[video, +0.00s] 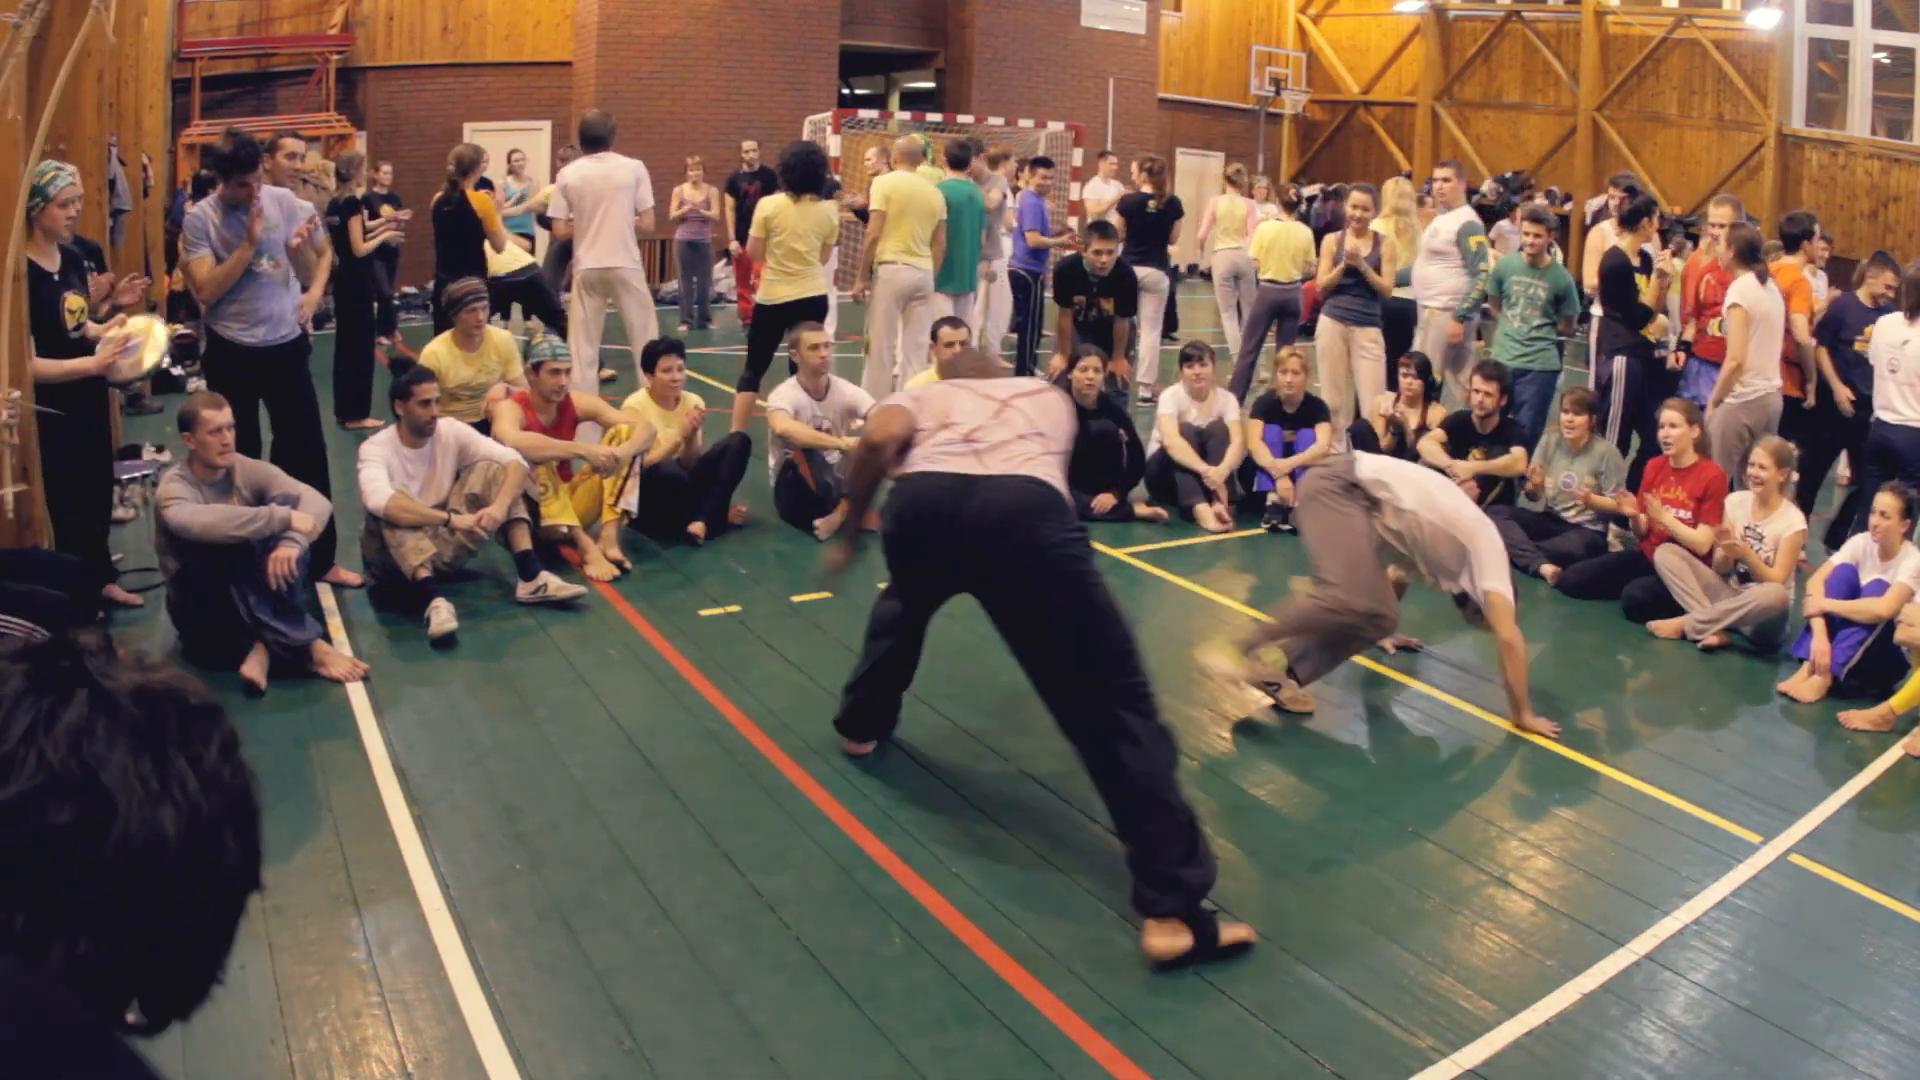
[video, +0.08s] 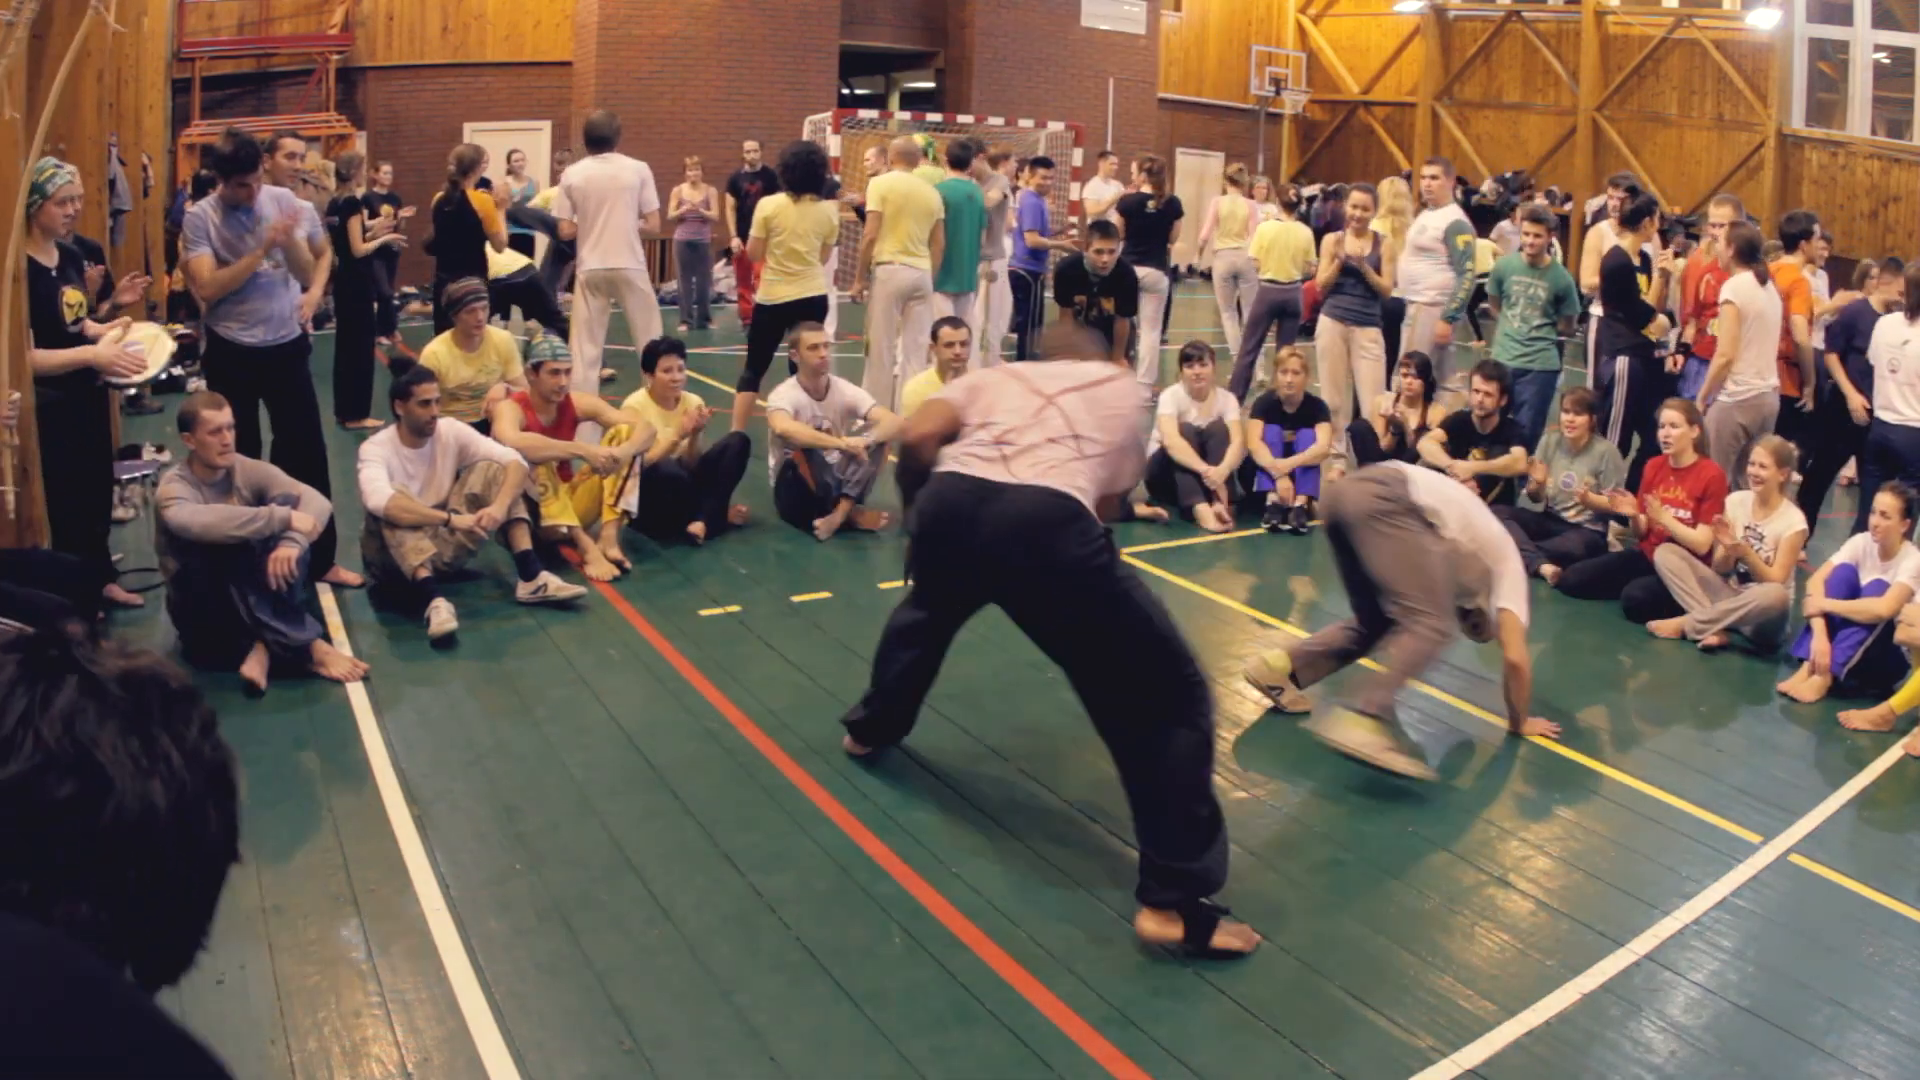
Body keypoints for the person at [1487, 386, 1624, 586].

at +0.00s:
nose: (1569, 419)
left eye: (1577, 414)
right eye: (1565, 412)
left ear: (1591, 420)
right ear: (1559, 414)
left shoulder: (1607, 452)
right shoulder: (1549, 441)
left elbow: (1618, 505)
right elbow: (1531, 495)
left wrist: (1591, 500)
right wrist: (1534, 486)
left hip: (1585, 529)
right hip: (1549, 518)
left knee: (1574, 548)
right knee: (1495, 512)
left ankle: (1513, 550)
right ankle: (1539, 566)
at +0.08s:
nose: (1570, 420)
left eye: (1578, 414)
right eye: (1566, 412)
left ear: (1592, 420)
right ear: (1559, 415)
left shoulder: (1606, 451)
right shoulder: (1550, 441)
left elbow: (1617, 505)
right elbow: (1533, 497)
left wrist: (1589, 499)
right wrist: (1536, 484)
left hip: (1585, 529)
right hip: (1549, 518)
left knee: (1574, 548)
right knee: (1497, 512)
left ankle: (1510, 553)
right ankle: (1539, 565)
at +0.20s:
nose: (1572, 419)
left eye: (1580, 414)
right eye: (1567, 412)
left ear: (1593, 419)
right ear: (1560, 415)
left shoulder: (1607, 452)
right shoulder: (1549, 441)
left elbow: (1609, 505)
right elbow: (1534, 489)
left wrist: (1574, 490)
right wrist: (1553, 491)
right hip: (1551, 516)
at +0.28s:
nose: (1572, 419)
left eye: (1580, 414)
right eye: (1568, 412)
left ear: (1594, 419)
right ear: (1561, 414)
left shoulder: (1607, 452)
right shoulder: (1549, 441)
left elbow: (1613, 504)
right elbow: (1533, 483)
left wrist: (1581, 493)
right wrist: (1557, 483)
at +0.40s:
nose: (1572, 420)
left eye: (1580, 414)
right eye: (1568, 412)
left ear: (1594, 420)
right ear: (1561, 414)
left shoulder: (1607, 452)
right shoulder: (1550, 440)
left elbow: (1615, 504)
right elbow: (1532, 494)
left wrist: (1586, 497)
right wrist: (1541, 487)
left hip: (1583, 522)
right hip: (1546, 514)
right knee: (1494, 513)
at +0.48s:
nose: (1574, 420)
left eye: (1581, 414)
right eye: (1569, 413)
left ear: (1594, 419)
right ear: (1562, 415)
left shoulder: (1607, 452)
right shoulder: (1549, 442)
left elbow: (1610, 505)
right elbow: (1532, 489)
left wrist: (1576, 492)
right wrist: (1554, 489)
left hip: (1586, 525)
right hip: (1548, 517)